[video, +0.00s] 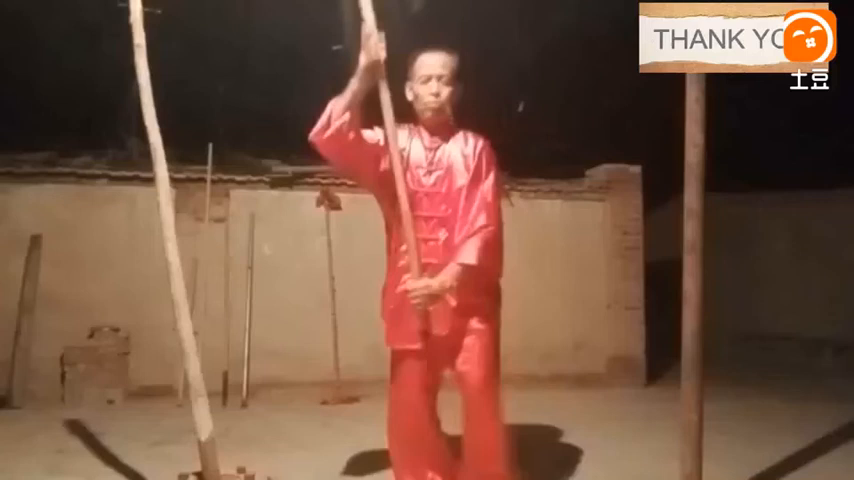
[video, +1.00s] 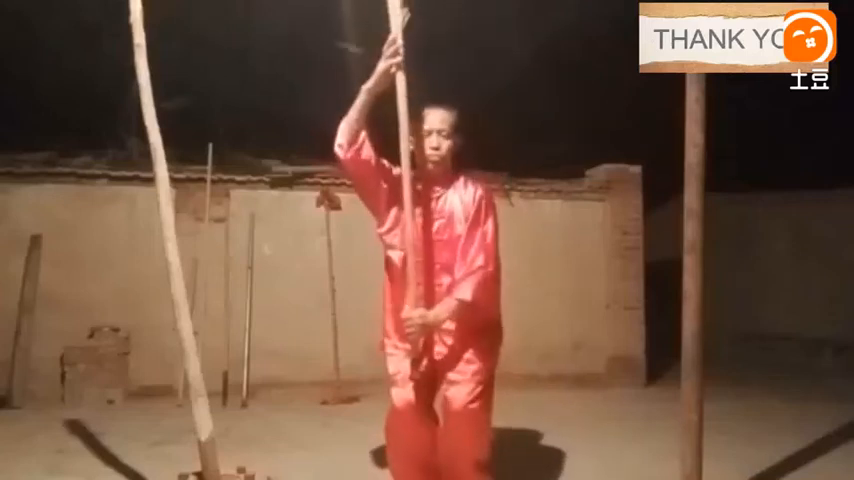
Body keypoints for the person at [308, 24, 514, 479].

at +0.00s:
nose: (437, 89)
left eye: (446, 80)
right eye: (426, 80)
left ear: (457, 89)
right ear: (410, 88)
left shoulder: (474, 149)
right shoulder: (389, 145)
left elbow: (483, 226)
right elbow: (328, 137)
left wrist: (446, 278)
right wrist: (363, 75)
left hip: (469, 291)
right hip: (410, 292)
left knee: (479, 388)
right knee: (411, 398)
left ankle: (487, 477)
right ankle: (419, 476)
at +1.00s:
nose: (434, 142)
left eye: (443, 134)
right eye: (427, 133)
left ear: (458, 143)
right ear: (413, 139)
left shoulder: (474, 196)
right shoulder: (393, 190)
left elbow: (479, 273)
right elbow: (347, 146)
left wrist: (436, 316)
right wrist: (374, 84)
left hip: (463, 332)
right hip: (405, 333)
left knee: (462, 412)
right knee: (405, 414)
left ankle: (466, 478)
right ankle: (413, 478)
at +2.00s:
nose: (418, 175)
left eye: (427, 167)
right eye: (414, 167)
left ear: (446, 173)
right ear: (409, 173)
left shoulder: (450, 209)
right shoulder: (422, 212)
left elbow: (439, 240)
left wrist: (390, 196)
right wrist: (426, 339)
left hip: (472, 321)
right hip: (444, 319)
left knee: (445, 382)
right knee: (416, 370)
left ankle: (466, 470)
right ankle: (432, 447)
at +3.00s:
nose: (396, 269)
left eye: (403, 262)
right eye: (391, 263)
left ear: (414, 264)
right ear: (385, 267)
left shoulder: (425, 295)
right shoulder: (389, 299)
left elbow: (421, 353)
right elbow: (360, 306)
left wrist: (385, 387)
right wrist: (344, 303)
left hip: (461, 371)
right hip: (434, 367)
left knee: (400, 391)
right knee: (390, 389)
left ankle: (434, 443)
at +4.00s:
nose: (547, 198)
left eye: (551, 191)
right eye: (539, 190)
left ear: (555, 195)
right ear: (520, 195)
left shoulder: (560, 227)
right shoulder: (517, 233)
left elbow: (594, 222)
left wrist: (611, 207)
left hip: (544, 334)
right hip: (501, 336)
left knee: (587, 382)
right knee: (463, 392)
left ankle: (617, 459)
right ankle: (411, 434)